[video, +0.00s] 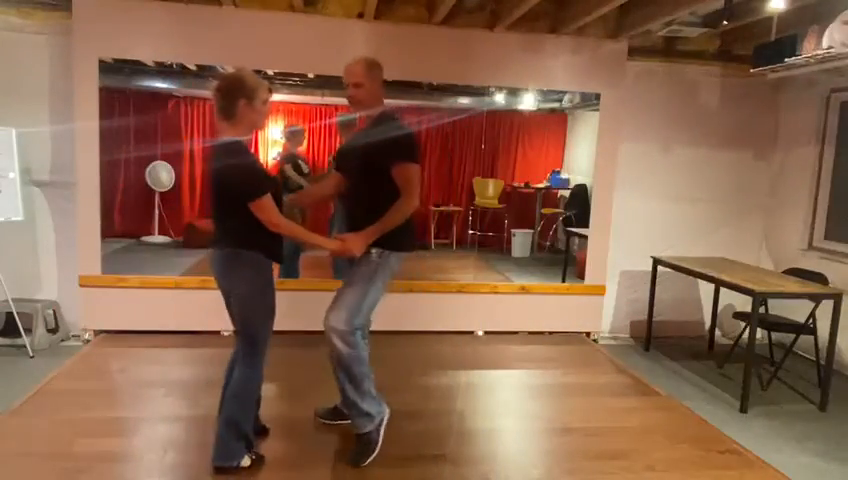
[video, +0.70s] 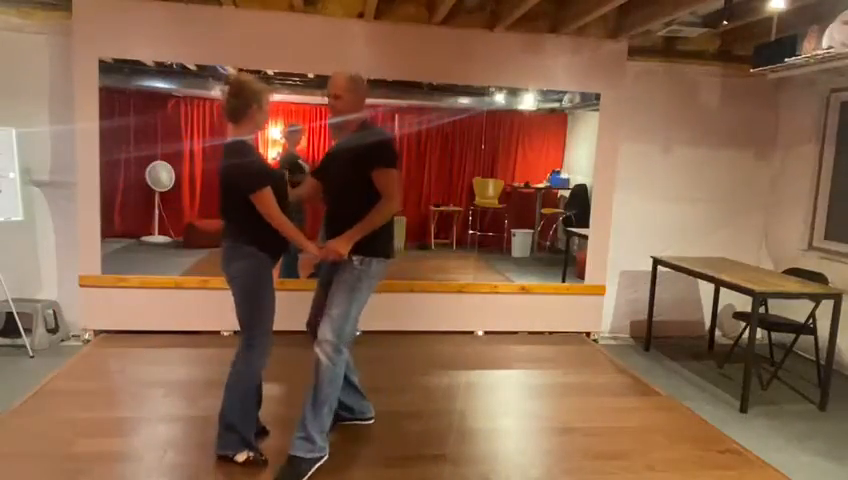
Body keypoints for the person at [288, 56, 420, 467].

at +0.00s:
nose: (351, 93)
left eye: (358, 85)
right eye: (348, 87)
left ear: (380, 85)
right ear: (349, 90)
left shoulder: (397, 133)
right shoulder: (355, 137)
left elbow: (412, 197)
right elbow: (333, 184)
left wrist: (365, 236)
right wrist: (290, 201)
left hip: (386, 247)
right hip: (358, 244)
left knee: (340, 322)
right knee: (351, 327)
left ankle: (371, 415)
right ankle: (352, 404)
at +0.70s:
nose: (331, 103)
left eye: (337, 96)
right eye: (330, 96)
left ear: (360, 99)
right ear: (336, 100)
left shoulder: (376, 141)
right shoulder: (338, 148)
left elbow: (393, 201)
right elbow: (306, 191)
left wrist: (348, 239)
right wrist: (266, 197)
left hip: (366, 255)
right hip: (337, 253)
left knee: (330, 340)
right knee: (322, 330)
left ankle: (310, 446)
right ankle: (354, 405)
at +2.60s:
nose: (300, 87)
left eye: (305, 78)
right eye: (297, 80)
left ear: (334, 76)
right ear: (316, 80)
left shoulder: (356, 129)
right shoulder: (319, 130)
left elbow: (395, 206)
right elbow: (309, 193)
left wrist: (352, 261)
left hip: (337, 264)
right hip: (316, 257)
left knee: (310, 369)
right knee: (322, 345)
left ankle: (314, 466)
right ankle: (339, 418)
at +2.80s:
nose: (299, 90)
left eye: (304, 80)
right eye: (295, 83)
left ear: (332, 75)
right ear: (304, 85)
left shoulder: (361, 131)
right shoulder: (307, 132)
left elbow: (402, 207)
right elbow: (292, 190)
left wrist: (361, 261)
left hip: (340, 266)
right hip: (311, 260)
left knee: (310, 368)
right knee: (320, 350)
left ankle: (314, 467)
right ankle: (332, 423)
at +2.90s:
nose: (298, 91)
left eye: (303, 81)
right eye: (293, 84)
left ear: (330, 76)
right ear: (299, 85)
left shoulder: (360, 130)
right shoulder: (306, 131)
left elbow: (402, 204)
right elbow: (291, 187)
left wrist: (362, 260)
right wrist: (246, 179)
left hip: (339, 266)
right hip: (311, 260)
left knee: (314, 365)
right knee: (316, 350)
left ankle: (315, 466)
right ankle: (318, 418)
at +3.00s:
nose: (296, 92)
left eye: (300, 82)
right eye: (291, 86)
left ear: (326, 74)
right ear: (294, 88)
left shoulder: (359, 129)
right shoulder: (304, 131)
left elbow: (400, 201)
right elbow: (288, 186)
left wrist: (361, 256)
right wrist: (242, 182)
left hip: (340, 261)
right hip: (311, 256)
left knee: (316, 361)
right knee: (316, 346)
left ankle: (314, 465)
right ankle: (316, 417)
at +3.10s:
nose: (293, 94)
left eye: (297, 83)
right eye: (287, 87)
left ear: (321, 73)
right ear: (289, 88)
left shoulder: (357, 126)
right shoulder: (302, 131)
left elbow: (397, 196)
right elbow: (288, 187)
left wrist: (359, 250)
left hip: (339, 259)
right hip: (310, 254)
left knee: (317, 360)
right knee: (316, 346)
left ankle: (315, 465)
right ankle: (319, 417)